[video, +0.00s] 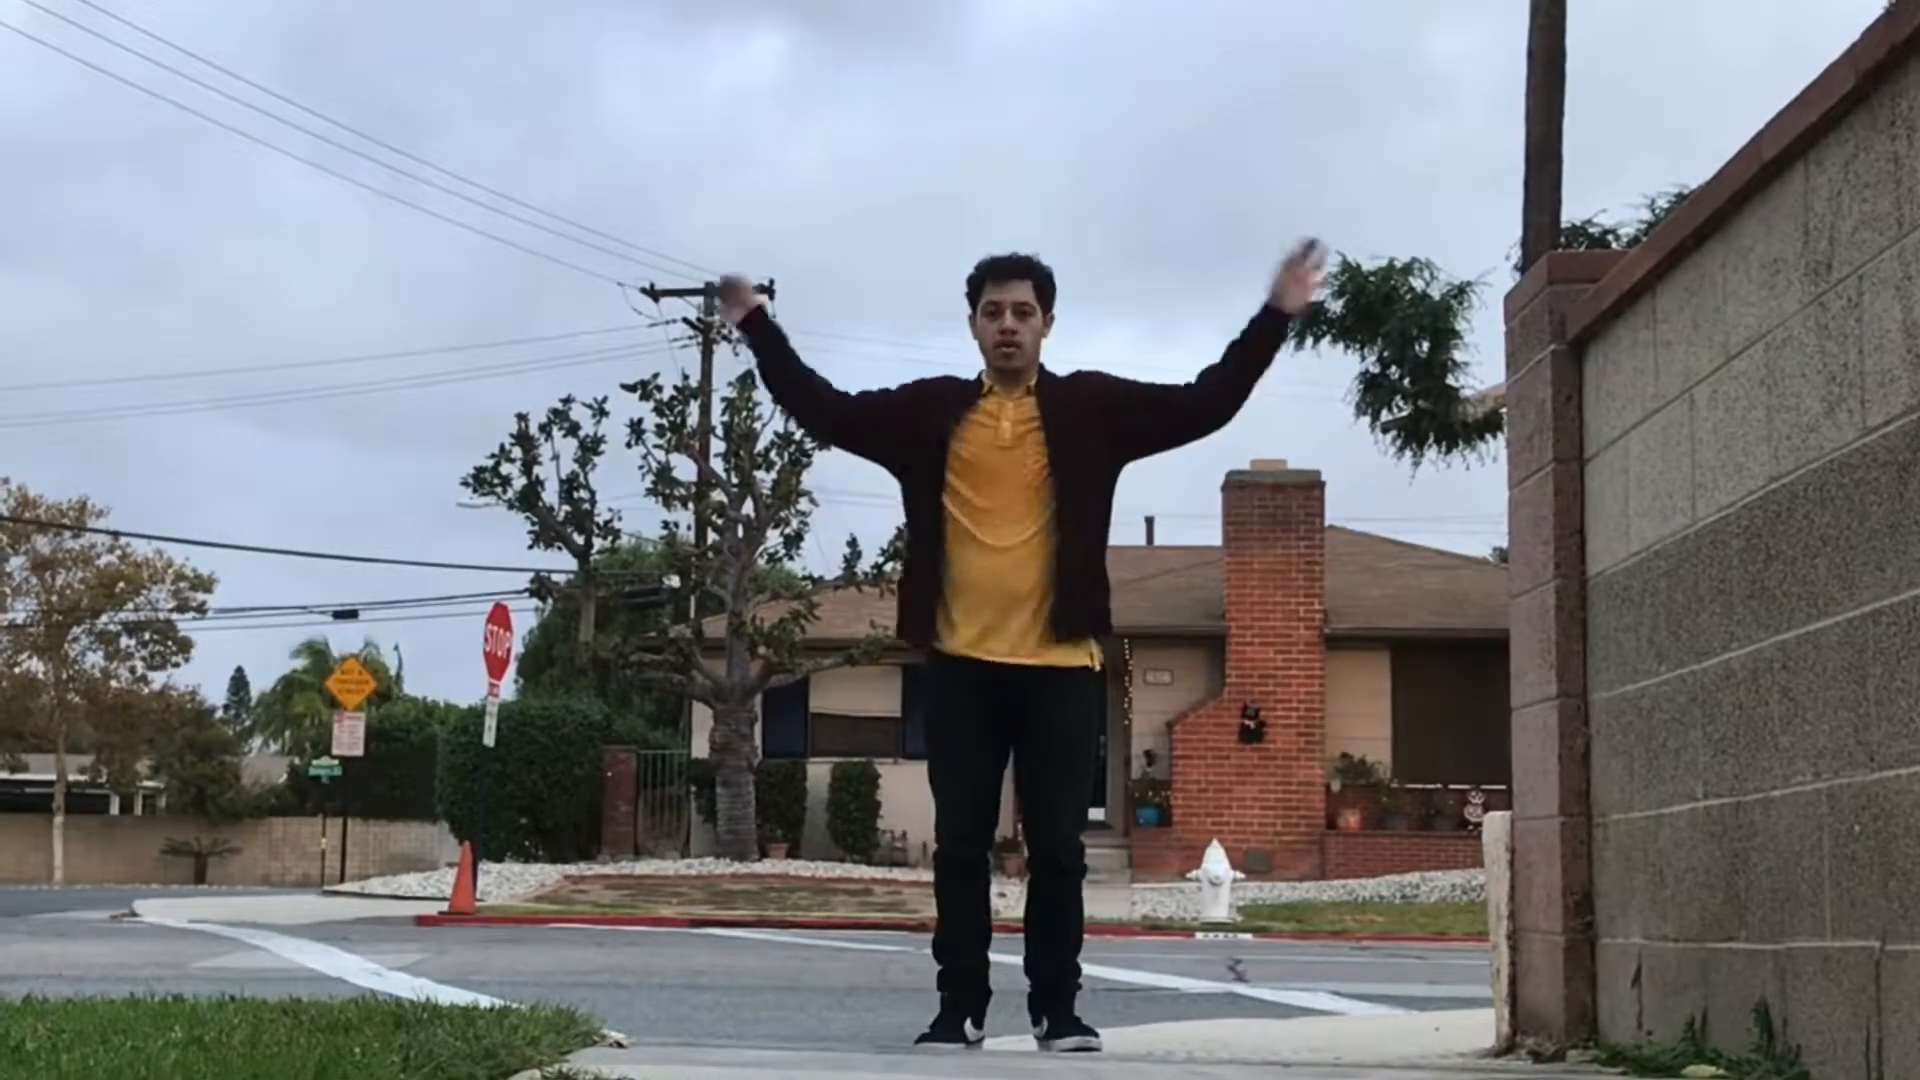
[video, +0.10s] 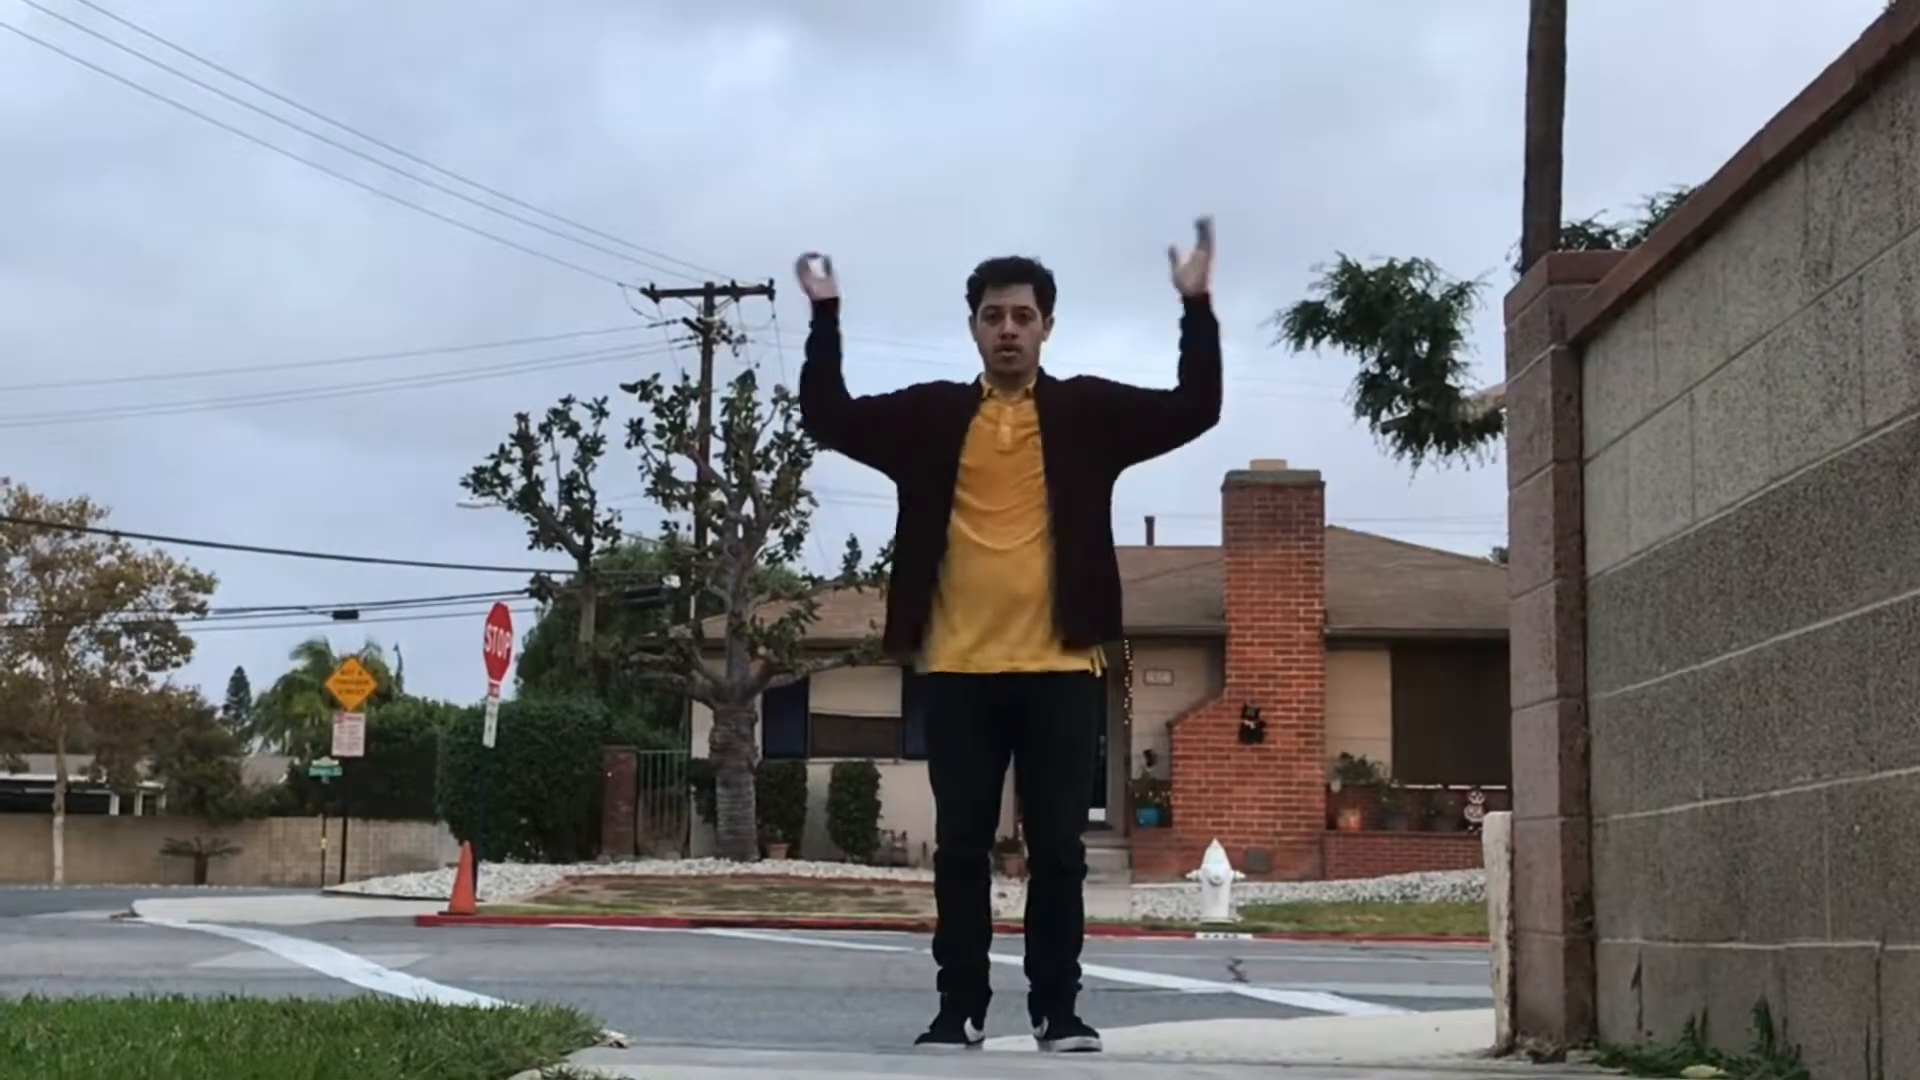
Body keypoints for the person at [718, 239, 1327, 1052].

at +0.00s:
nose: (1007, 325)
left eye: (1023, 312)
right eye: (993, 312)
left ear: (1047, 324)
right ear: (973, 325)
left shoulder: (1093, 406)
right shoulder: (929, 409)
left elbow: (1205, 404)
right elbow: (826, 413)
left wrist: (1276, 314)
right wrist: (756, 325)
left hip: (1061, 668)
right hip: (959, 666)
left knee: (1058, 849)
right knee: (961, 846)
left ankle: (1058, 1013)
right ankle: (960, 1013)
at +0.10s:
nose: (1008, 328)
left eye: (1023, 315)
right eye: (993, 315)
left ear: (1047, 325)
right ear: (973, 326)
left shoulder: (1089, 411)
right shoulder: (928, 414)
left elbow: (1196, 407)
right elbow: (827, 414)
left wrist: (1197, 303)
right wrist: (824, 317)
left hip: (1061, 669)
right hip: (958, 670)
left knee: (1058, 848)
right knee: (961, 848)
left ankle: (1058, 1015)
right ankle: (959, 1016)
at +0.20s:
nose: (1007, 331)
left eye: (1022, 318)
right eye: (992, 318)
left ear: (1044, 328)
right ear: (972, 328)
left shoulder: (1081, 410)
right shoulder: (930, 414)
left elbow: (1168, 421)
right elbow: (841, 416)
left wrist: (1125, 321)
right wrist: (891, 325)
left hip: (1061, 670)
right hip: (959, 670)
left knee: (1059, 849)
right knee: (961, 849)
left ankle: (1058, 1014)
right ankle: (958, 1014)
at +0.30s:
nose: (1008, 330)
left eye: (1021, 316)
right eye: (991, 318)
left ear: (1044, 326)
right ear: (970, 328)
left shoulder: (1071, 411)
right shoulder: (935, 408)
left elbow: (1133, 448)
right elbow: (865, 434)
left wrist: (1070, 357)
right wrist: (954, 379)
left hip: (1061, 668)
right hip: (959, 668)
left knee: (1059, 849)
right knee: (962, 849)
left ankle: (1058, 1012)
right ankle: (959, 1014)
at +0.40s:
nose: (1005, 331)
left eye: (1019, 317)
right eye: (990, 317)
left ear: (1041, 328)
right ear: (969, 328)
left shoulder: (1076, 409)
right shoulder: (937, 408)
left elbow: (1126, 472)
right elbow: (883, 460)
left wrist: (1041, 421)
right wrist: (980, 416)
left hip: (1059, 671)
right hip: (958, 672)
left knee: (1058, 849)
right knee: (960, 849)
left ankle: (1058, 1012)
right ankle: (959, 1013)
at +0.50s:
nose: (1001, 329)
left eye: (1016, 316)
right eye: (986, 316)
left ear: (1039, 327)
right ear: (965, 328)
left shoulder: (1078, 410)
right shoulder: (936, 410)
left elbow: (1137, 480)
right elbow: (895, 485)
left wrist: (1022, 467)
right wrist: (1000, 507)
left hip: (1058, 672)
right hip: (958, 672)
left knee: (1058, 847)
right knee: (960, 847)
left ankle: (1057, 1012)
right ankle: (960, 1012)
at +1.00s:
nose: (997, 332)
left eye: (1011, 319)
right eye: (982, 320)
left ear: (1034, 331)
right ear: (962, 334)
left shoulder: (1076, 425)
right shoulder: (923, 435)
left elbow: (1109, 533)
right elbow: (895, 543)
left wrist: (1025, 594)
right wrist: (959, 597)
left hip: (1057, 679)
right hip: (956, 681)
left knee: (1056, 850)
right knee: (958, 851)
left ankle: (1058, 1011)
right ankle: (960, 1012)